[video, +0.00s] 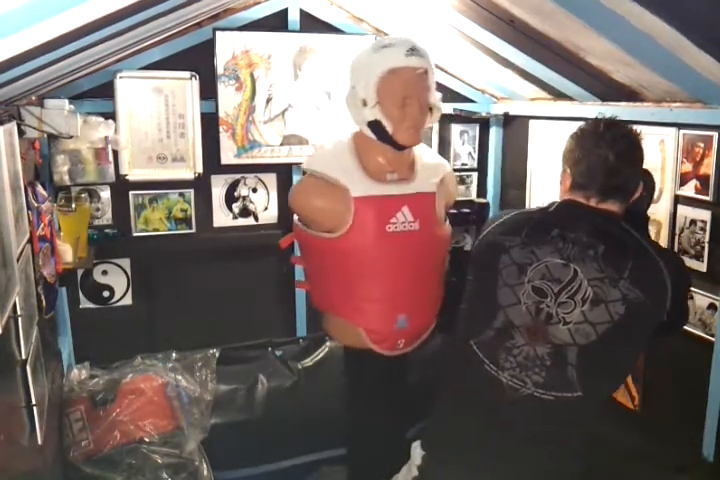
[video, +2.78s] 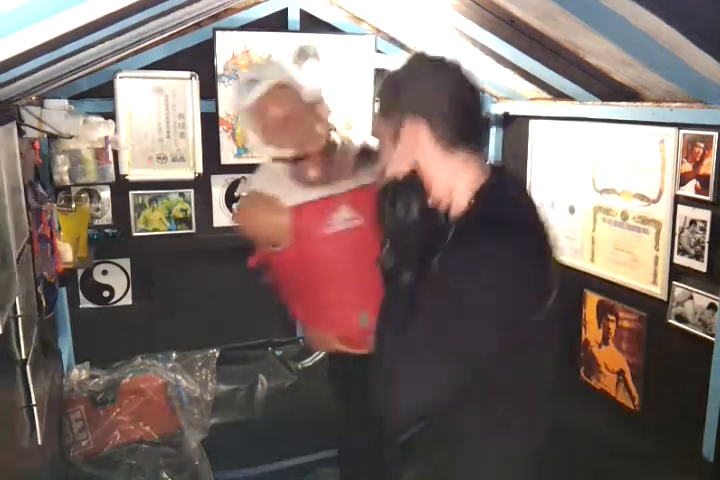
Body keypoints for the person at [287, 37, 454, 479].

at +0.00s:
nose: (419, 110)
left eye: (424, 99)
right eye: (404, 99)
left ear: (432, 103)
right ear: (365, 102)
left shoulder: (439, 176)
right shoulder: (325, 180)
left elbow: (439, 257)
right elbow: (320, 279)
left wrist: (426, 311)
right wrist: (362, 324)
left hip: (426, 347)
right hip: (361, 358)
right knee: (375, 466)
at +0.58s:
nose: (423, 111)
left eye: (427, 99)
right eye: (407, 99)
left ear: (435, 103)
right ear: (368, 103)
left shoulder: (440, 177)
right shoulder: (326, 184)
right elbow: (321, 285)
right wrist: (355, 322)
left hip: (429, 348)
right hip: (364, 358)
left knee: (428, 454)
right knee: (371, 460)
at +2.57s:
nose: (417, 110)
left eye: (423, 99)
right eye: (403, 98)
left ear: (431, 102)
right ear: (364, 102)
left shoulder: (431, 173)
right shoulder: (324, 180)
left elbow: (451, 248)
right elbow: (320, 275)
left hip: (430, 345)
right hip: (366, 354)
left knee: (422, 455)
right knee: (372, 461)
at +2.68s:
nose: (416, 106)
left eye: (418, 92)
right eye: (402, 95)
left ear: (429, 92)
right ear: (364, 102)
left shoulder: (439, 169)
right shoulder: (324, 187)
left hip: (429, 351)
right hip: (363, 364)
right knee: (378, 467)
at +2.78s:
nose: (288, 125)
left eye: (290, 110)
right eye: (275, 121)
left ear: (316, 107)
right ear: (263, 135)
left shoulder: (372, 165)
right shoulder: (262, 204)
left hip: (408, 338)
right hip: (346, 356)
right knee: (365, 461)